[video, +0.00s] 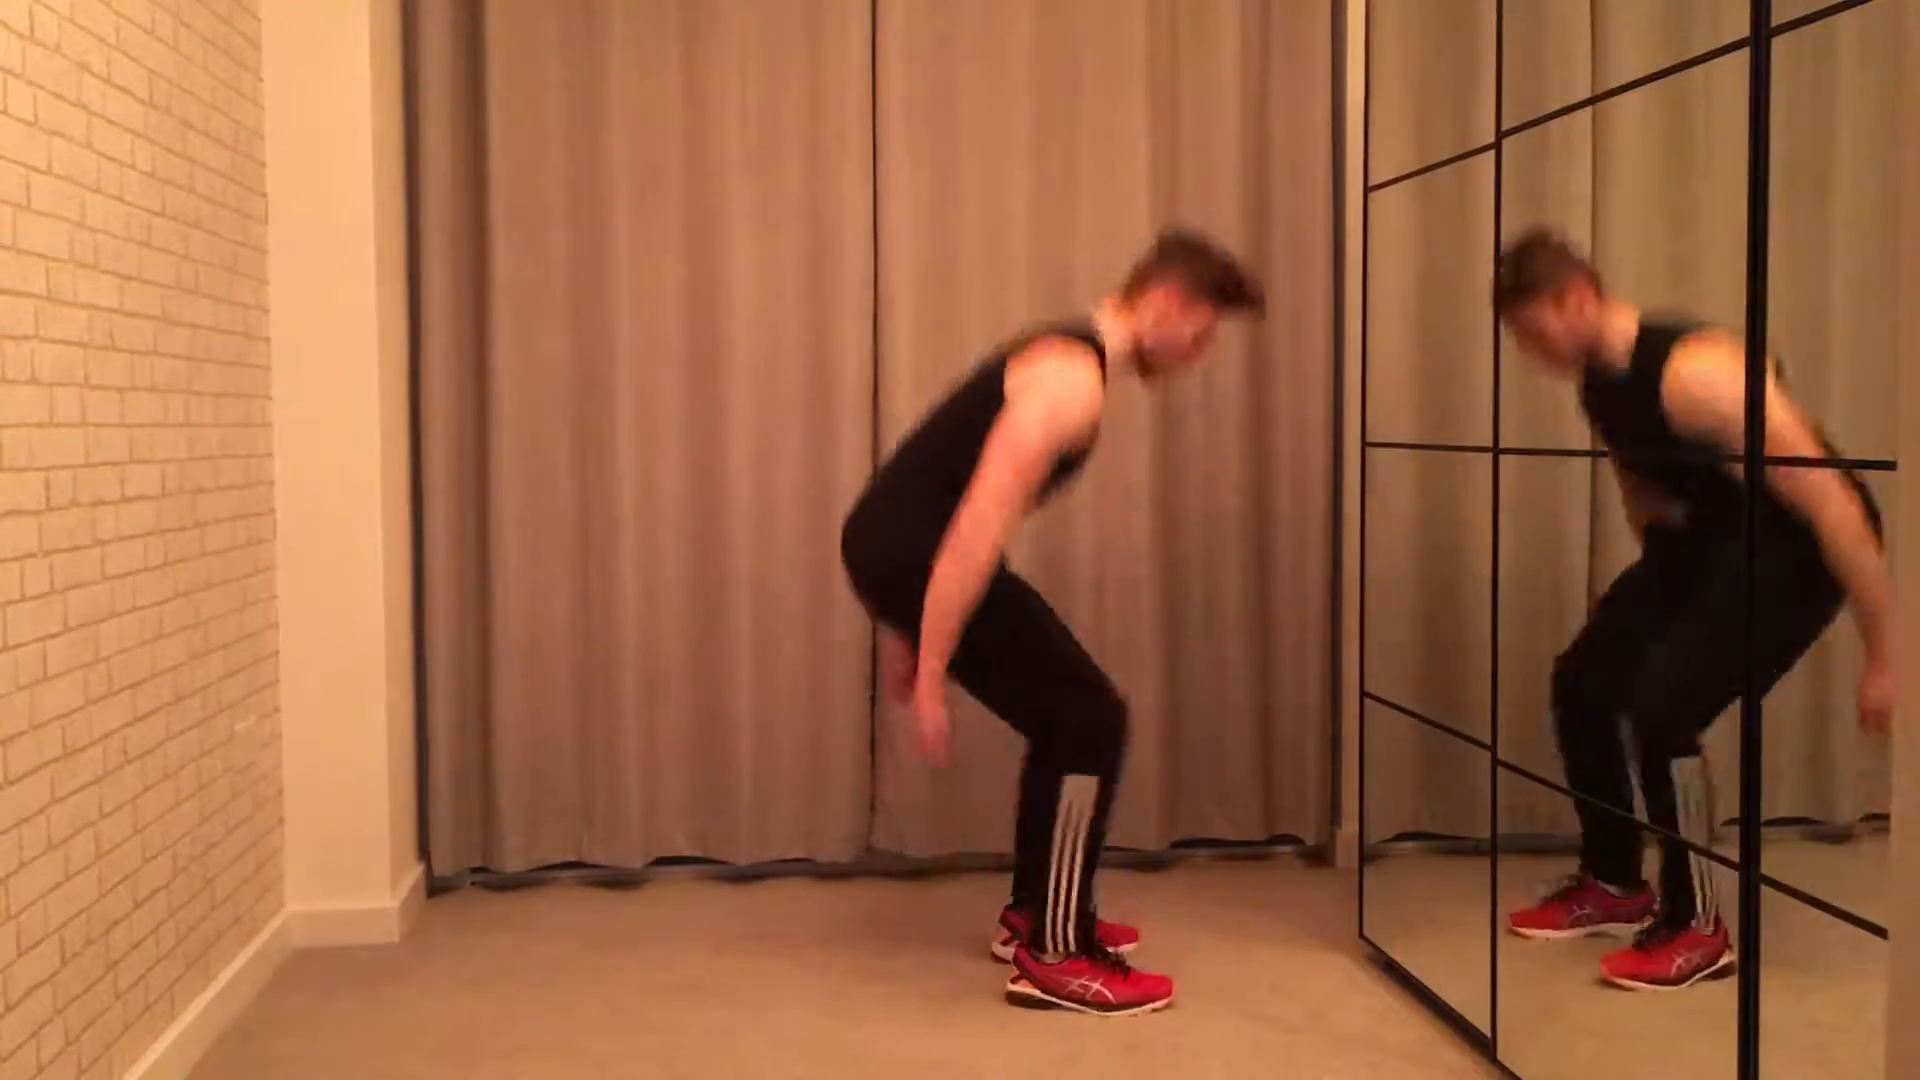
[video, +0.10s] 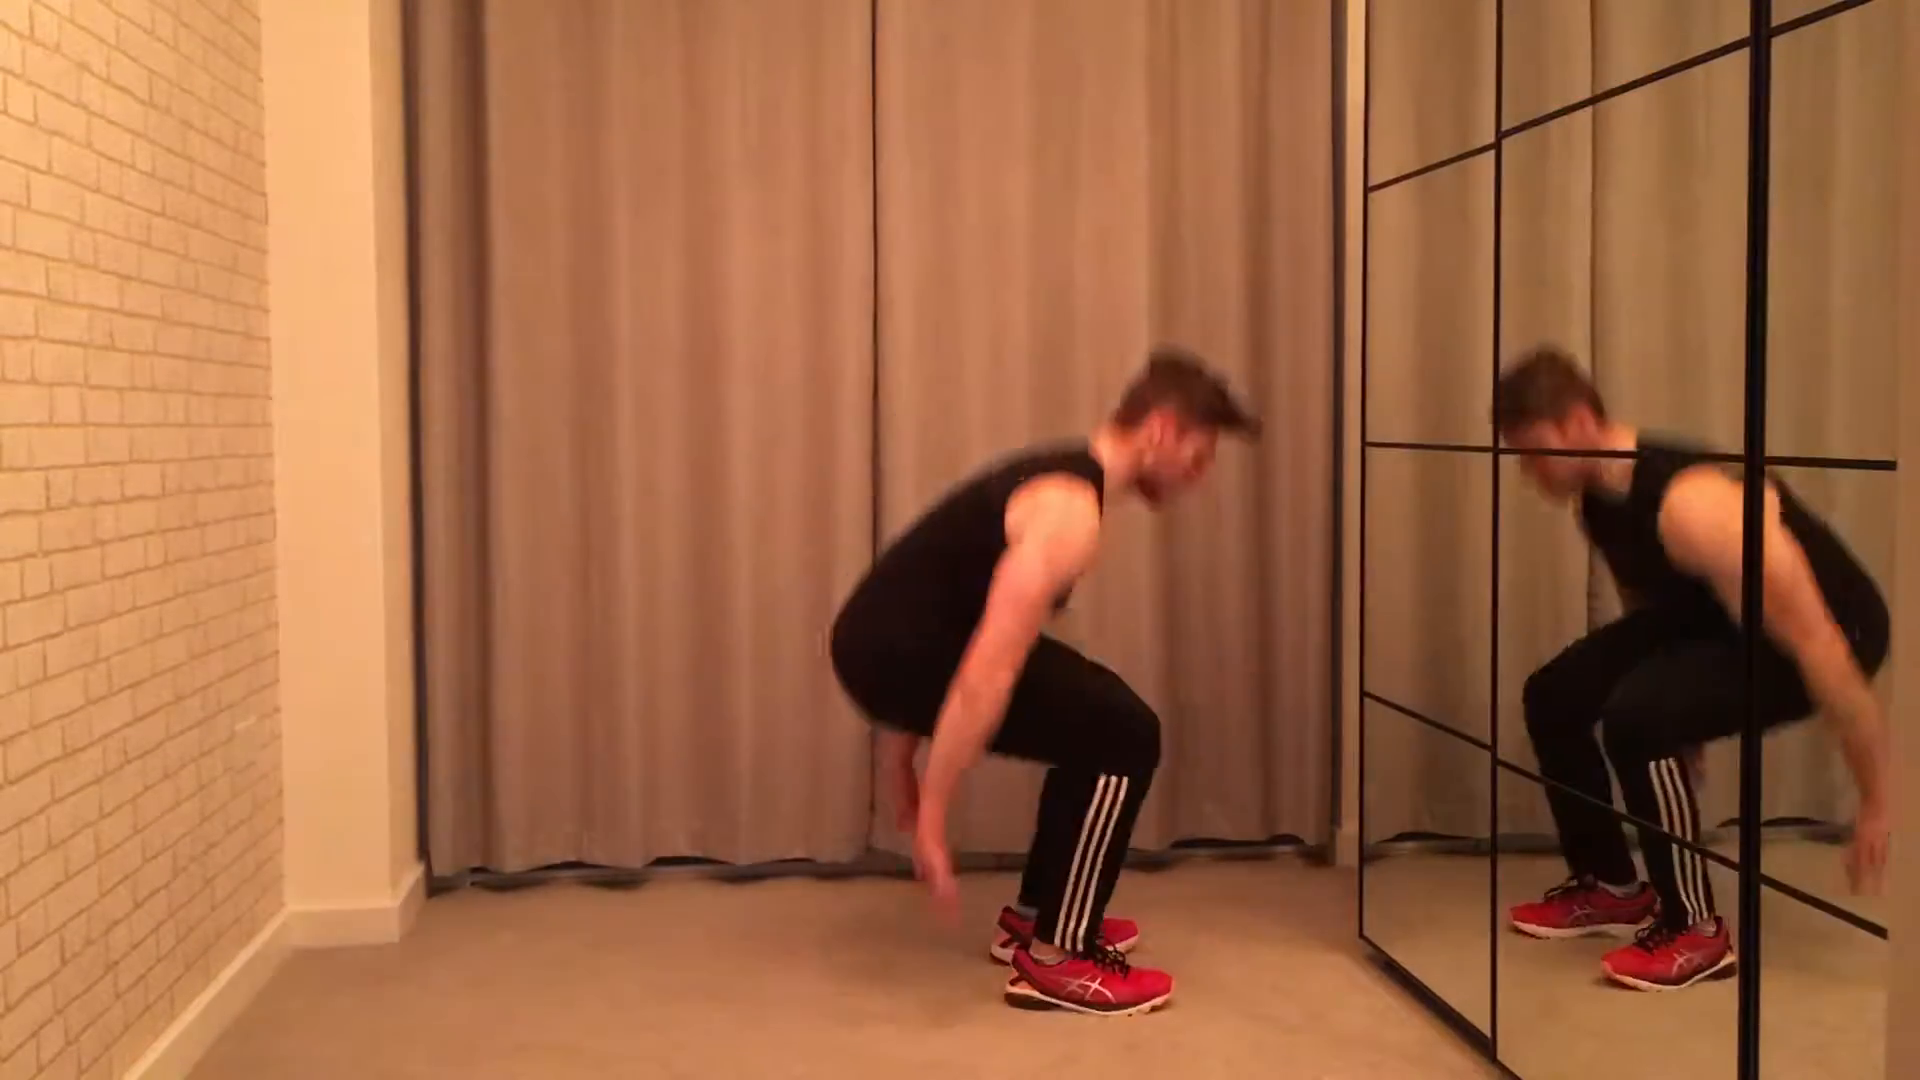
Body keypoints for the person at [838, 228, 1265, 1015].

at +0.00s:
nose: (1200, 351)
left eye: (1210, 335)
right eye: (1201, 329)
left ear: (1151, 301)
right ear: (1159, 300)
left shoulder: (1067, 357)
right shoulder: (1070, 379)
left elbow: (953, 494)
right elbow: (980, 523)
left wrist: (906, 626)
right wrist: (933, 673)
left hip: (905, 547)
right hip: (916, 560)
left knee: (1067, 716)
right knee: (1092, 718)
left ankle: (1039, 916)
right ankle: (1054, 951)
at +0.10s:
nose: (1200, 476)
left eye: (1207, 458)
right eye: (1202, 454)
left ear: (1157, 427)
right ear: (1162, 429)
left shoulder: (1060, 479)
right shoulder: (1068, 514)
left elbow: (934, 596)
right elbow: (983, 674)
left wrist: (899, 751)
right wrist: (931, 817)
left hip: (889, 646)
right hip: (905, 661)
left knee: (1108, 722)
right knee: (1127, 738)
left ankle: (1039, 911)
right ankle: (1054, 954)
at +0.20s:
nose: (1175, 555)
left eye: (1184, 536)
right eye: (1177, 532)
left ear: (1130, 512)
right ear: (1135, 513)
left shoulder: (1040, 559)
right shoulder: (1053, 603)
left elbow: (936, 677)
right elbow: (977, 778)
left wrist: (890, 834)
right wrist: (929, 929)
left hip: (879, 737)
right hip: (895, 758)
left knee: (1108, 705)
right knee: (1126, 736)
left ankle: (1037, 916)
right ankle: (1058, 952)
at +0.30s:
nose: (1129, 585)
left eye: (1134, 570)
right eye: (1125, 566)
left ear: (1073, 555)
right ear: (1078, 553)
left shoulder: (996, 609)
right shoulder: (1020, 653)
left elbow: (919, 743)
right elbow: (943, 823)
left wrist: (873, 870)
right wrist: (893, 976)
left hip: (888, 824)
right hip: (907, 848)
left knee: (1096, 703)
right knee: (1112, 733)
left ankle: (1035, 920)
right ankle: (1053, 956)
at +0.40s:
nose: (1030, 605)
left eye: (1030, 586)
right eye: (1020, 584)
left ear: (968, 578)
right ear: (971, 577)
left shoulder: (901, 644)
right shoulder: (942, 674)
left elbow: (869, 789)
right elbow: (900, 847)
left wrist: (842, 919)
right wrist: (870, 1004)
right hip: (932, 913)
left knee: (1074, 698)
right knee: (1080, 718)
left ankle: (1040, 914)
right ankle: (1073, 937)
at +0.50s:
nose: (906, 622)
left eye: (904, 604)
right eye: (892, 605)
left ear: (840, 614)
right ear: (842, 612)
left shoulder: (826, 682)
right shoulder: (842, 696)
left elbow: (845, 852)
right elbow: (828, 871)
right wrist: (861, 1008)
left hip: (914, 920)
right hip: (929, 943)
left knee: (1028, 694)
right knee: (1045, 729)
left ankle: (1063, 904)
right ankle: (1155, 917)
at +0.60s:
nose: (804, 654)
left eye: (795, 637)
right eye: (785, 641)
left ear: (738, 661)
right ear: (737, 663)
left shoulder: (755, 736)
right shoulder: (759, 754)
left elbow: (778, 901)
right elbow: (764, 926)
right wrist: (858, 1015)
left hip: (888, 930)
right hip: (903, 962)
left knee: (1006, 714)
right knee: (1037, 759)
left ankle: (1096, 903)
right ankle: (1182, 934)